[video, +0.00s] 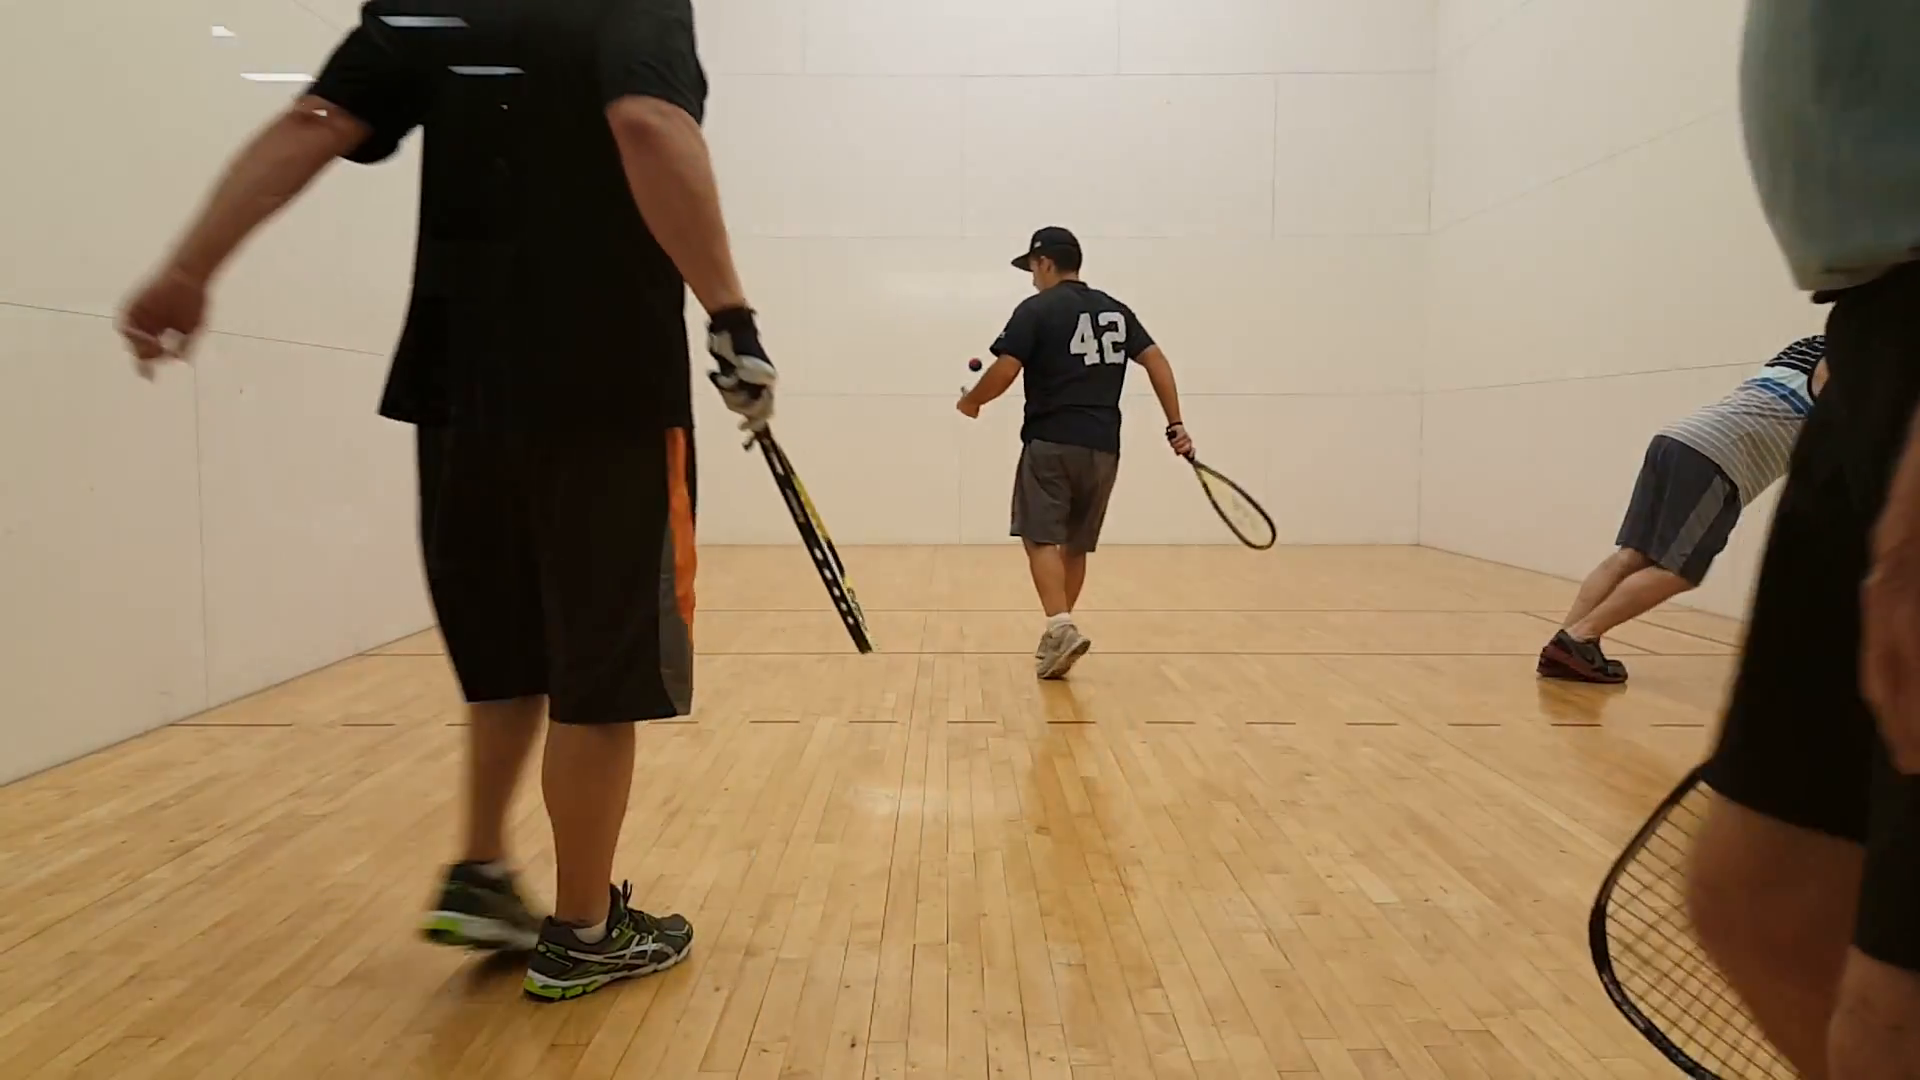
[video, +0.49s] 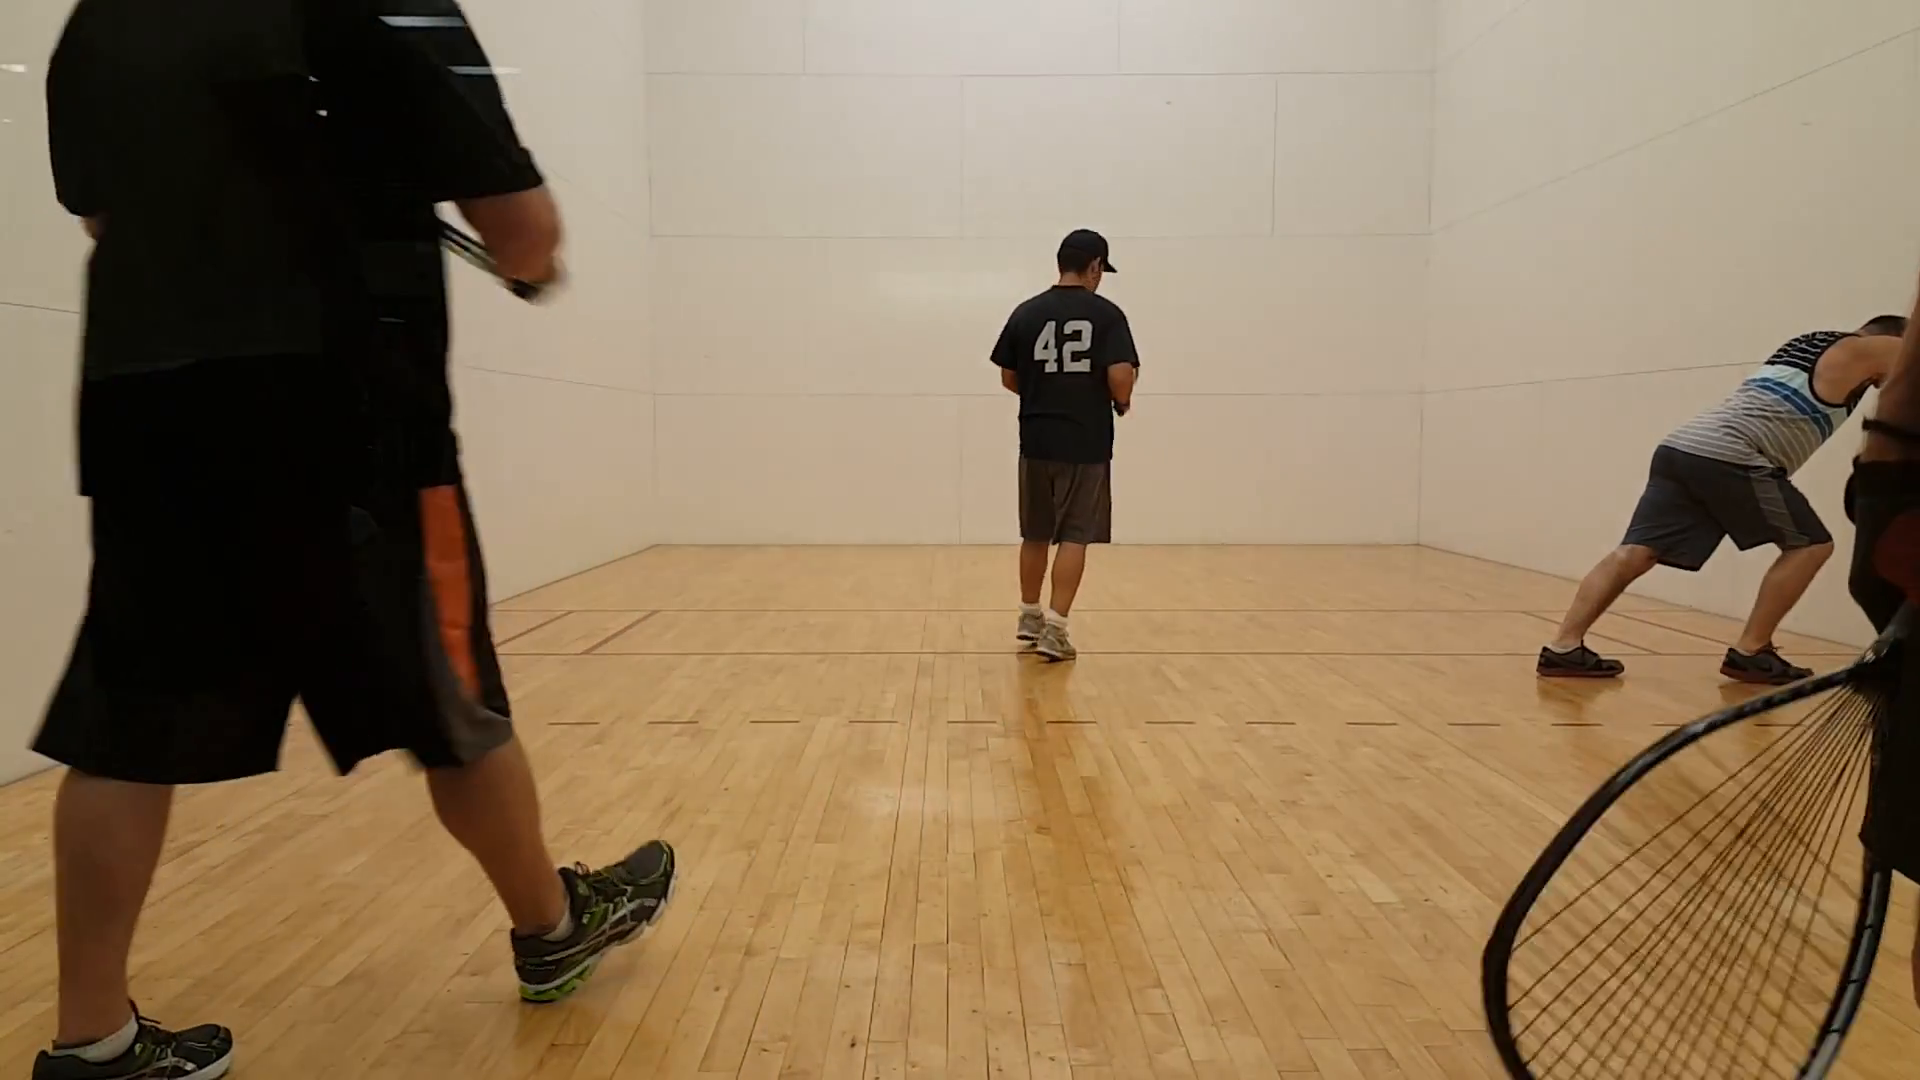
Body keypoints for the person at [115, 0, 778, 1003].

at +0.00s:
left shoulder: (430, 3)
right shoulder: (641, 4)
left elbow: (318, 121)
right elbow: (647, 122)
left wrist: (189, 266)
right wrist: (733, 316)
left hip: (462, 386)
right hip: (603, 388)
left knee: (507, 643)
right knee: (602, 667)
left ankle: (480, 869)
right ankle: (587, 928)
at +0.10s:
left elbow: (256, 87)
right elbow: (584, 84)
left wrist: (110, 225)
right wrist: (677, 278)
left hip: (414, 374)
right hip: (569, 376)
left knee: (428, 641)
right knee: (590, 656)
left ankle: (347, 870)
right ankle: (585, 926)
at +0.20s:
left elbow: (179, 75)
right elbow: (526, 64)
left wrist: (56, 221)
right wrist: (640, 261)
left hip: (363, 364)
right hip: (524, 371)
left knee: (340, 636)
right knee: (564, 641)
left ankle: (215, 899)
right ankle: (583, 925)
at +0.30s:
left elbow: (98, 123)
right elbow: (508, 87)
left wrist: (63, 252)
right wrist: (642, 273)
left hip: (304, 381)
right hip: (477, 387)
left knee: (250, 659)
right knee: (530, 657)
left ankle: (124, 985)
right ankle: (581, 923)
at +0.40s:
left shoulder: (174, 2)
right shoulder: (432, 3)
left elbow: (79, 188)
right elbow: (525, 170)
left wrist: (156, 298)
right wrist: (617, 290)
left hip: (222, 402)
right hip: (411, 404)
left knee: (168, 706)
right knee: (489, 669)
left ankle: (102, 1026)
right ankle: (566, 922)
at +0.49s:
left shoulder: (112, 14)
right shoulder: (389, 2)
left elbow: (80, 153)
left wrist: (155, 231)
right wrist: (517, 220)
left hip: (149, 378)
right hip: (345, 373)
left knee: (125, 707)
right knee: (437, 664)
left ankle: (91, 1034)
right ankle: (550, 919)